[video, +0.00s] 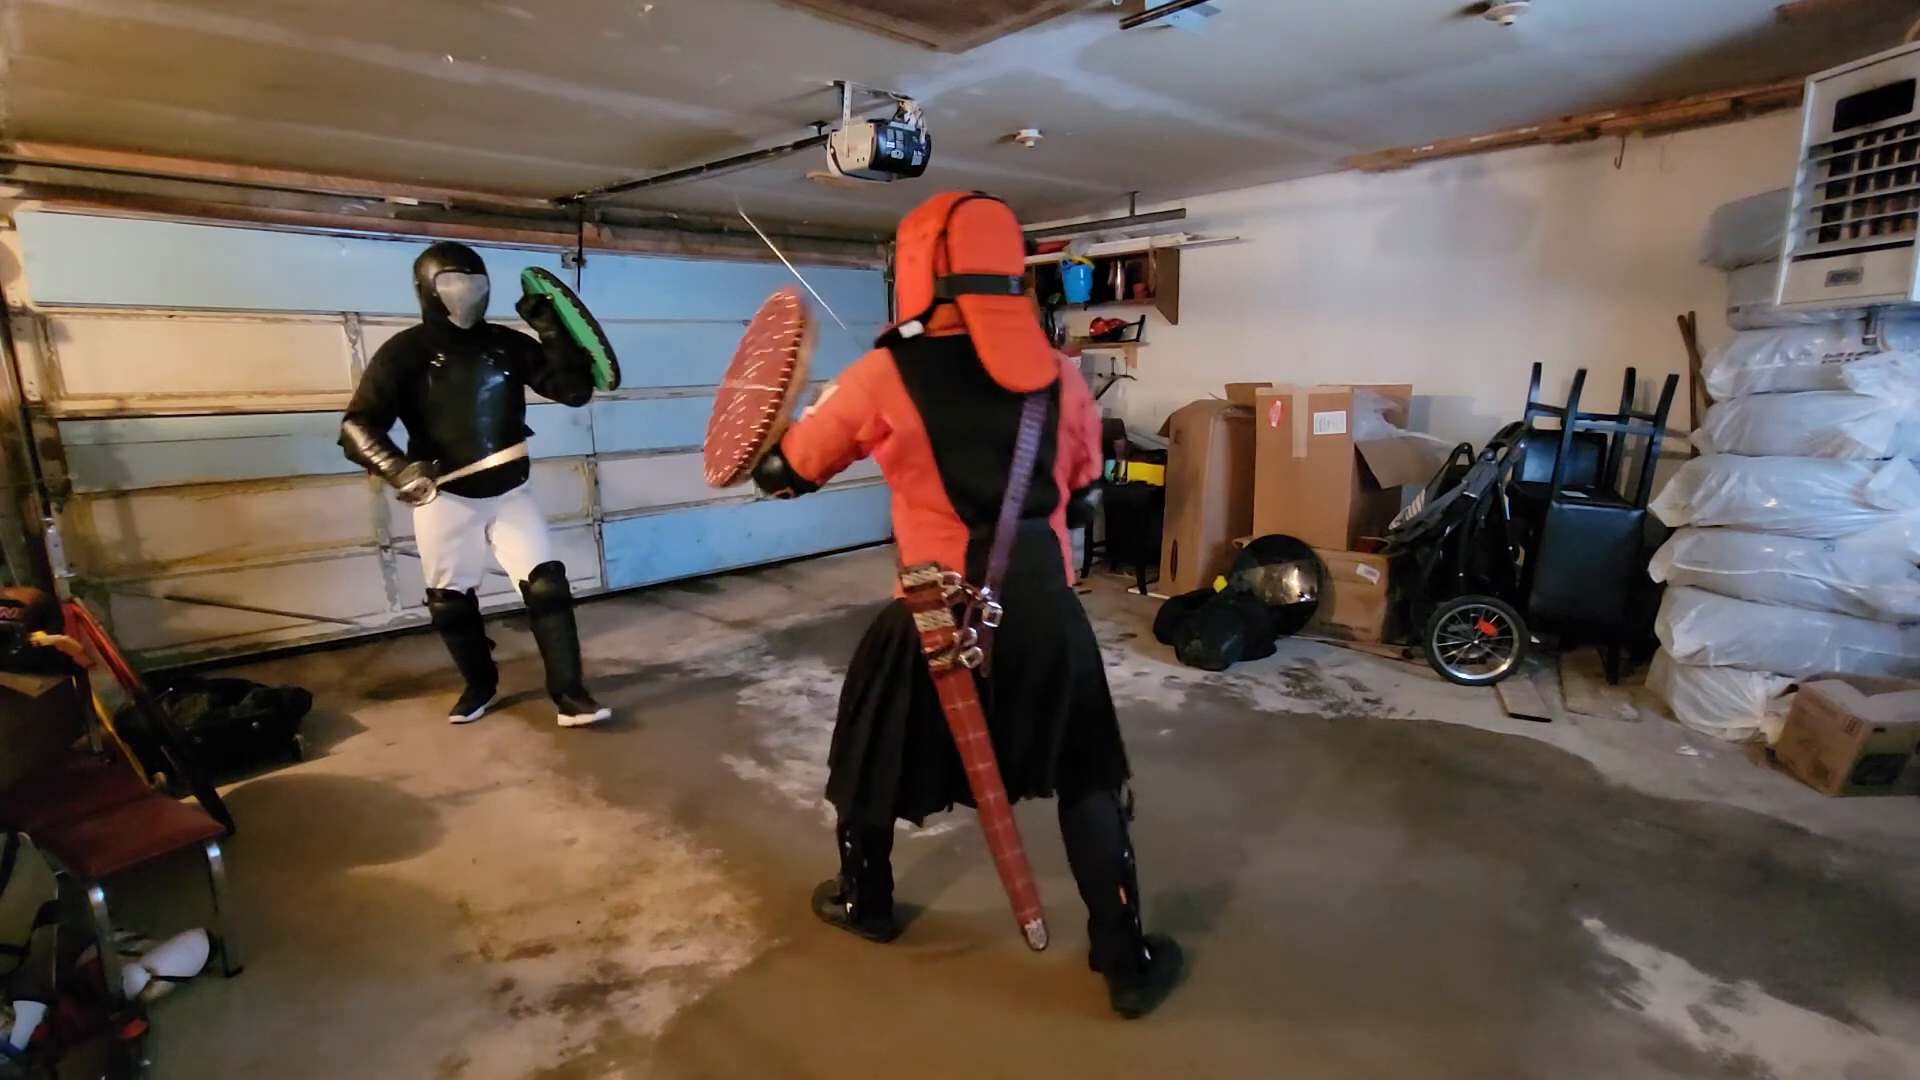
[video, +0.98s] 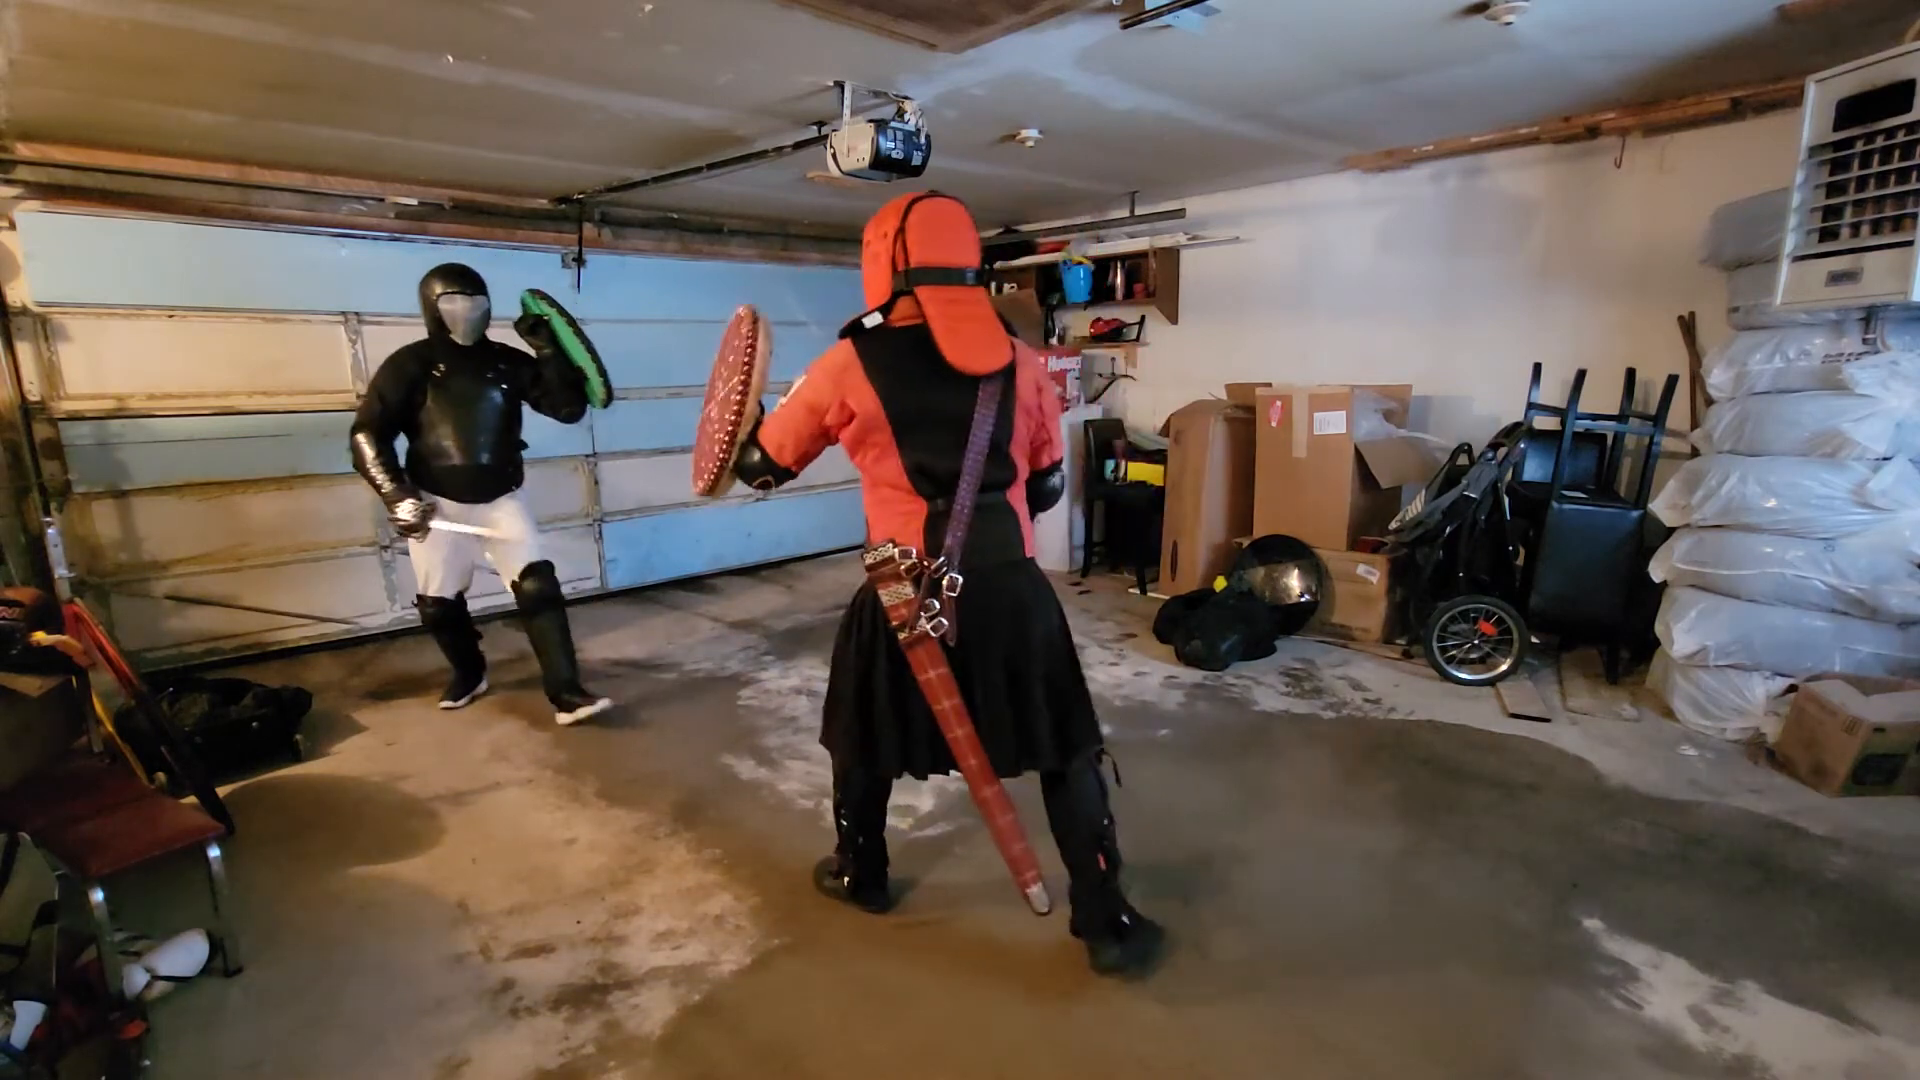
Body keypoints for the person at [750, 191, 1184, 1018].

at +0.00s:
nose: (896, 281)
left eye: (903, 267)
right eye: (900, 266)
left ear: (924, 274)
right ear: (1010, 272)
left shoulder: (886, 373)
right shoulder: (1061, 376)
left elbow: (803, 459)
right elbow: (1081, 482)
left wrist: (773, 453)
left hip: (933, 612)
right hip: (1046, 610)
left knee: (870, 744)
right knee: (1087, 772)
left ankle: (868, 897)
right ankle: (1126, 962)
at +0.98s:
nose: (866, 278)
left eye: (871, 266)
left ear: (886, 268)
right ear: (971, 266)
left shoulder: (854, 363)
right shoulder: (1021, 363)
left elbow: (764, 466)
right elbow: (1044, 488)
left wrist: (753, 411)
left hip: (904, 590)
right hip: (1011, 585)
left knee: (862, 724)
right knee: (1068, 740)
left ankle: (862, 867)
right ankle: (1105, 920)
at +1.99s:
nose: (859, 281)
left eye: (863, 269)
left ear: (872, 272)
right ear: (957, 270)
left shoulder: (843, 361)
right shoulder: (999, 363)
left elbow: (760, 435)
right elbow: (1028, 487)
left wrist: (744, 392)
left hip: (891, 577)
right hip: (993, 570)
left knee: (844, 704)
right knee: (1058, 715)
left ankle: (846, 852)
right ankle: (1102, 887)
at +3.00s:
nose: (947, 288)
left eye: (954, 277)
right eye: (950, 276)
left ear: (973, 284)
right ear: (1047, 278)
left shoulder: (949, 369)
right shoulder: (1102, 363)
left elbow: (871, 445)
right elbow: (1118, 453)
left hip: (1002, 579)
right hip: (1103, 576)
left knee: (949, 699)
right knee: (1140, 724)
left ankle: (955, 853)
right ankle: (1163, 892)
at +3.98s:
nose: (1035, 293)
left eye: (1041, 281)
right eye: (1038, 281)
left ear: (1059, 286)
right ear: (1132, 286)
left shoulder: (1024, 367)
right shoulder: (1182, 373)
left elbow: (947, 443)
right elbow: (1217, 490)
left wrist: (942, 367)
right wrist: (1152, 519)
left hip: (1055, 580)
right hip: (1160, 582)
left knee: (987, 701)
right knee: (1208, 725)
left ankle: (969, 849)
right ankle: (1236, 879)